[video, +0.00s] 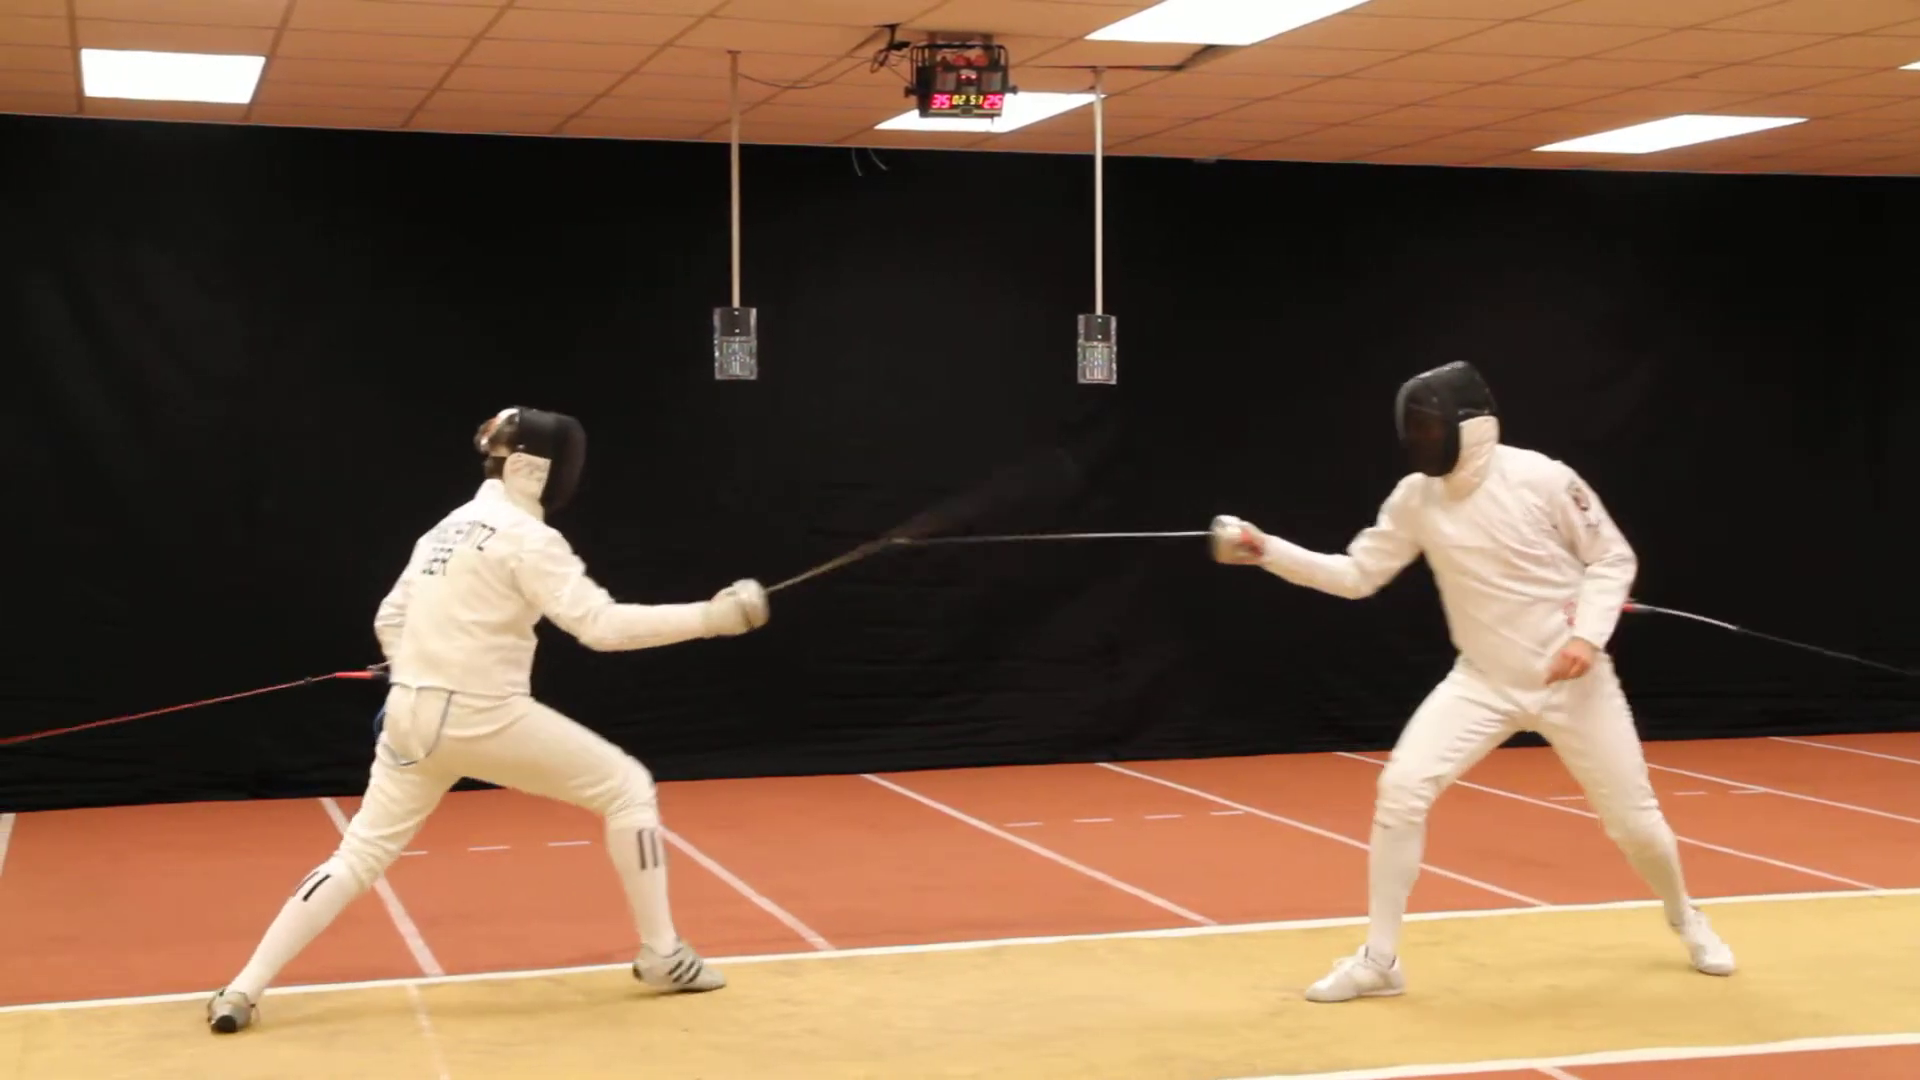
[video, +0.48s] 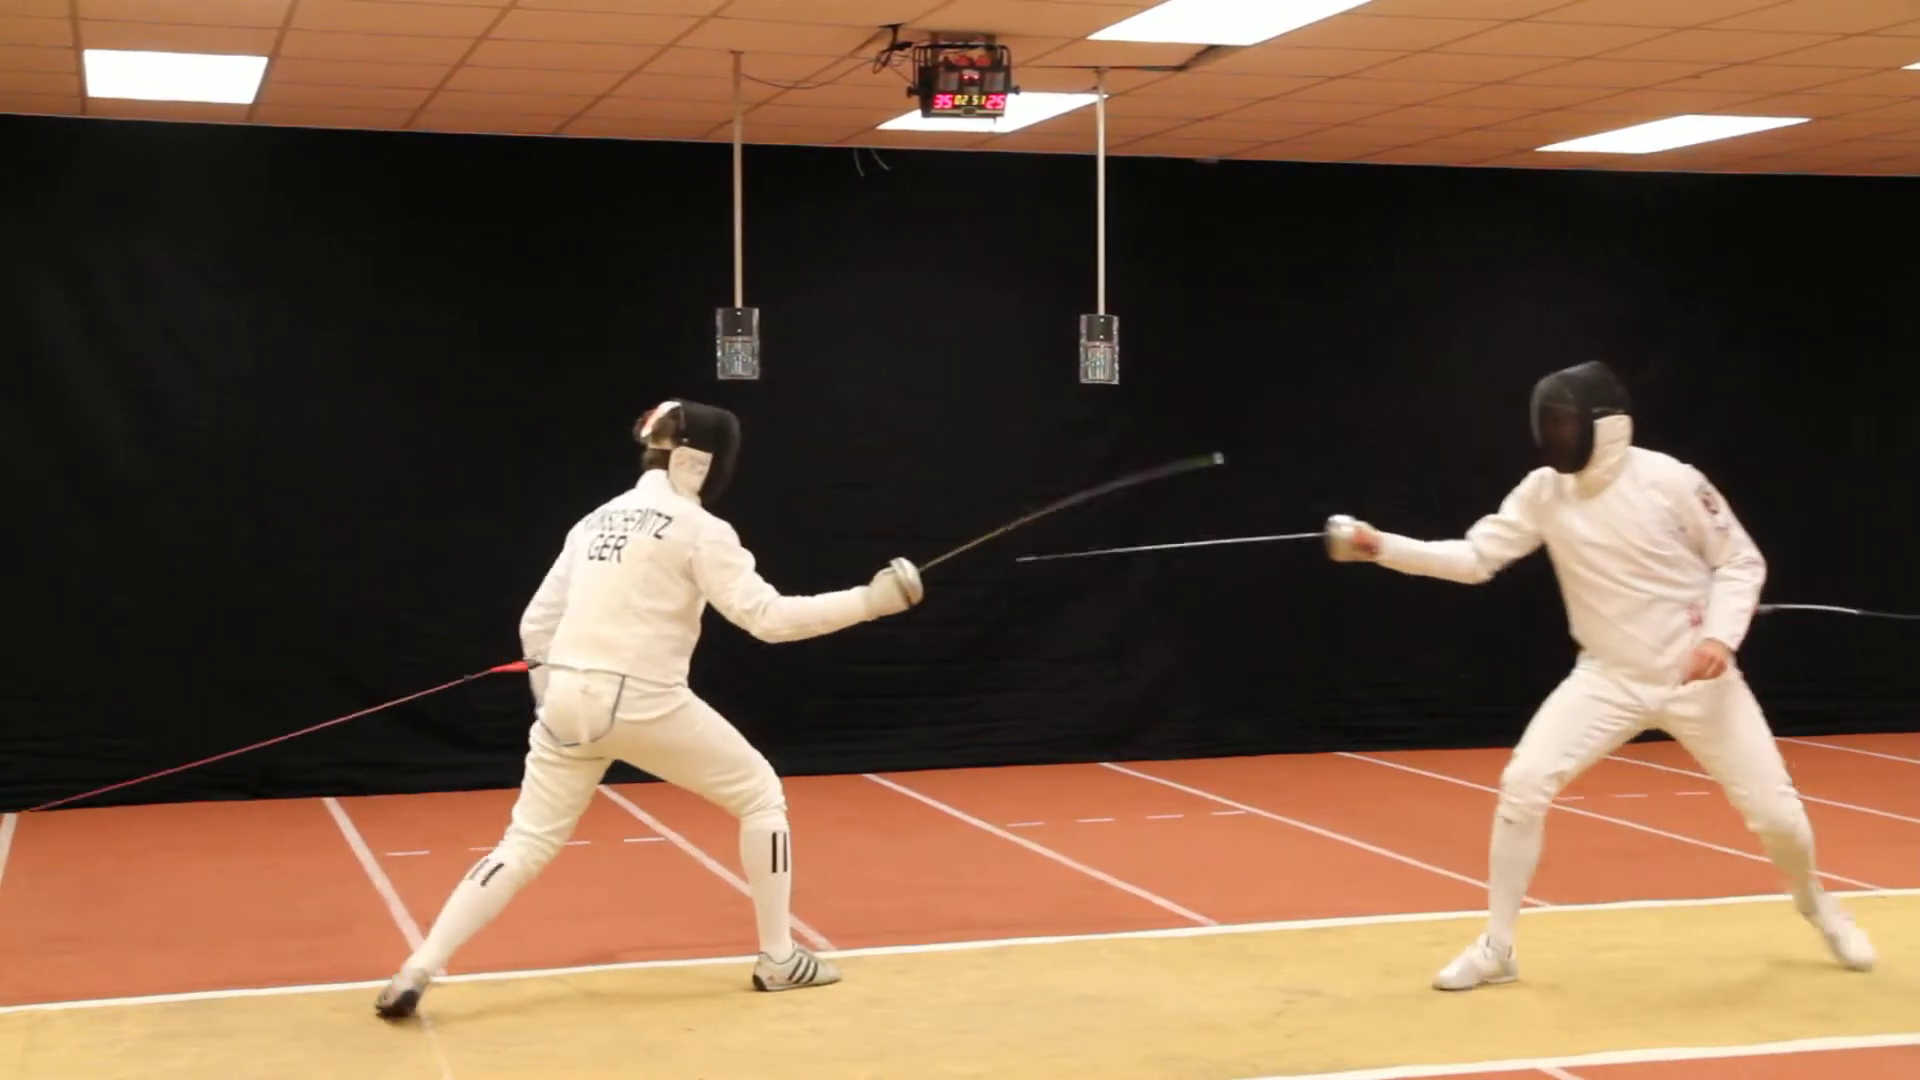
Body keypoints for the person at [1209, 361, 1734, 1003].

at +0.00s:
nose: (1421, 441)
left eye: (1432, 426)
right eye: (1416, 427)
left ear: (1472, 425)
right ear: (1418, 432)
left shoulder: (1544, 481)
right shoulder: (1417, 500)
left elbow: (1613, 560)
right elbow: (1355, 575)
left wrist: (1588, 635)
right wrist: (1263, 549)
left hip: (1576, 683)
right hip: (1480, 682)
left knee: (1639, 825)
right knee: (1401, 793)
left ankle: (1685, 918)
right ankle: (1380, 959)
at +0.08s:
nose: (1444, 435)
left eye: (1456, 420)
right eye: (1441, 422)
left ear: (1499, 419)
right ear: (1442, 426)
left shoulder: (1573, 476)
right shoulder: (1448, 497)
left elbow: (1644, 556)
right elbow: (1394, 577)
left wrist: (1606, 629)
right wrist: (1303, 552)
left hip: (1608, 677)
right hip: (1515, 679)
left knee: (1660, 825)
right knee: (1438, 798)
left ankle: (1694, 922)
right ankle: (1390, 954)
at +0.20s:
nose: (1480, 431)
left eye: (1494, 417)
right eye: (1478, 418)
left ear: (1539, 417)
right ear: (1484, 421)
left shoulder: (1610, 475)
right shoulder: (1485, 493)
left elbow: (1685, 550)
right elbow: (1426, 570)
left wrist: (1645, 626)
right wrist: (1337, 548)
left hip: (1641, 676)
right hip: (1551, 674)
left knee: (1676, 823)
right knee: (1474, 783)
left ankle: (1698, 929)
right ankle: (1466, 949)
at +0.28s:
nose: (1500, 429)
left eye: (1513, 415)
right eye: (1497, 416)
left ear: (1555, 415)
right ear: (1497, 418)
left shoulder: (1622, 475)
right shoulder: (1498, 491)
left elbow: (1699, 549)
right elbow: (1430, 560)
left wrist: (1669, 630)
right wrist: (1338, 547)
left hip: (1653, 674)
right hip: (1562, 674)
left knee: (1702, 825)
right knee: (1496, 788)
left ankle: (1703, 924)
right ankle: (1498, 945)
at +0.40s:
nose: (1522, 436)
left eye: (1535, 422)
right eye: (1518, 423)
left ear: (1579, 423)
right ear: (1518, 429)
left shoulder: (1645, 482)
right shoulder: (1516, 493)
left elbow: (1717, 560)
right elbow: (1437, 546)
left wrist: (1696, 634)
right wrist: (1340, 536)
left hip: (1675, 680)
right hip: (1581, 681)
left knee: (1761, 812)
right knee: (1502, 787)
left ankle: (1741, 900)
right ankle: (1496, 948)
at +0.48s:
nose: (1551, 435)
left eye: (1564, 421)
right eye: (1546, 422)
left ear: (1605, 422)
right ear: (1545, 426)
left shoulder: (1672, 483)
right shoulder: (1544, 494)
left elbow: (1741, 561)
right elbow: (1472, 559)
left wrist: (1720, 635)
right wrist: (1375, 545)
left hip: (1699, 681)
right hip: (1604, 681)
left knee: (1781, 819)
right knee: (1522, 787)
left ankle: (1814, 904)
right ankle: (1496, 946)